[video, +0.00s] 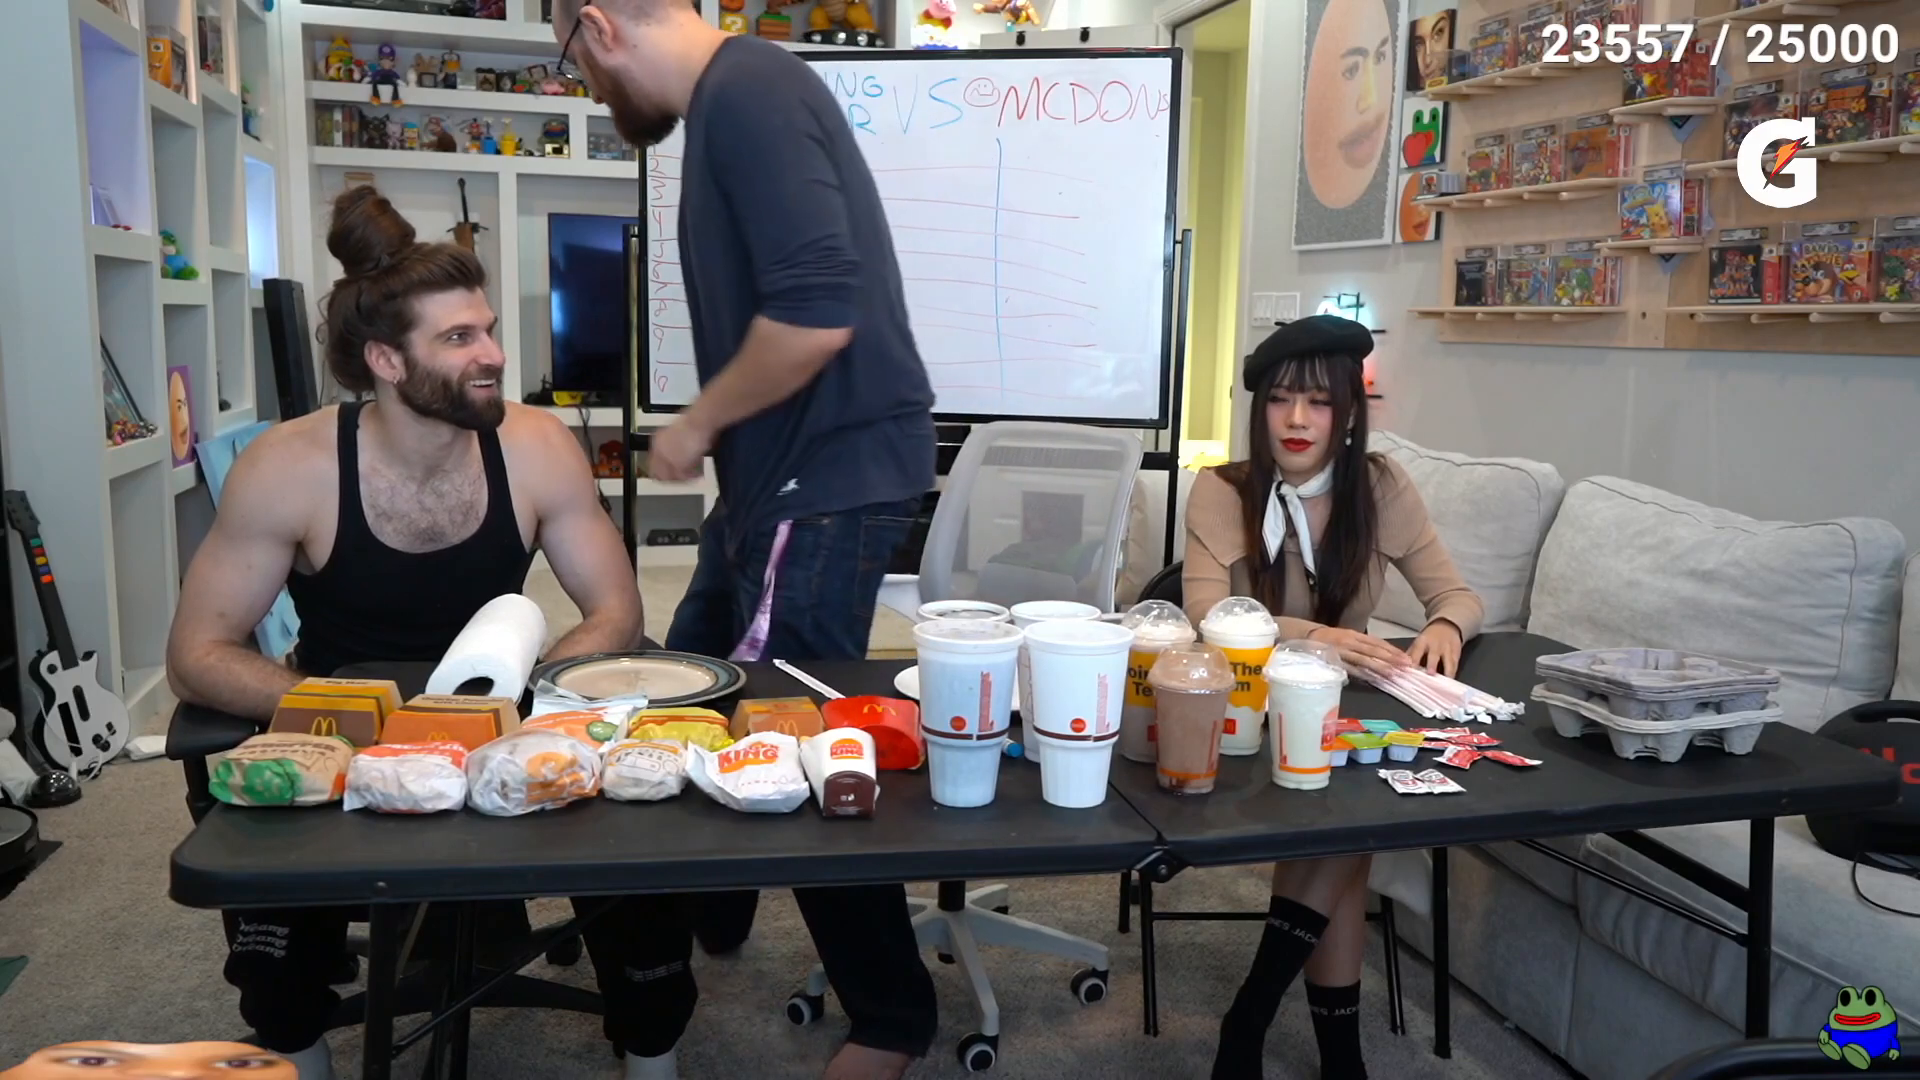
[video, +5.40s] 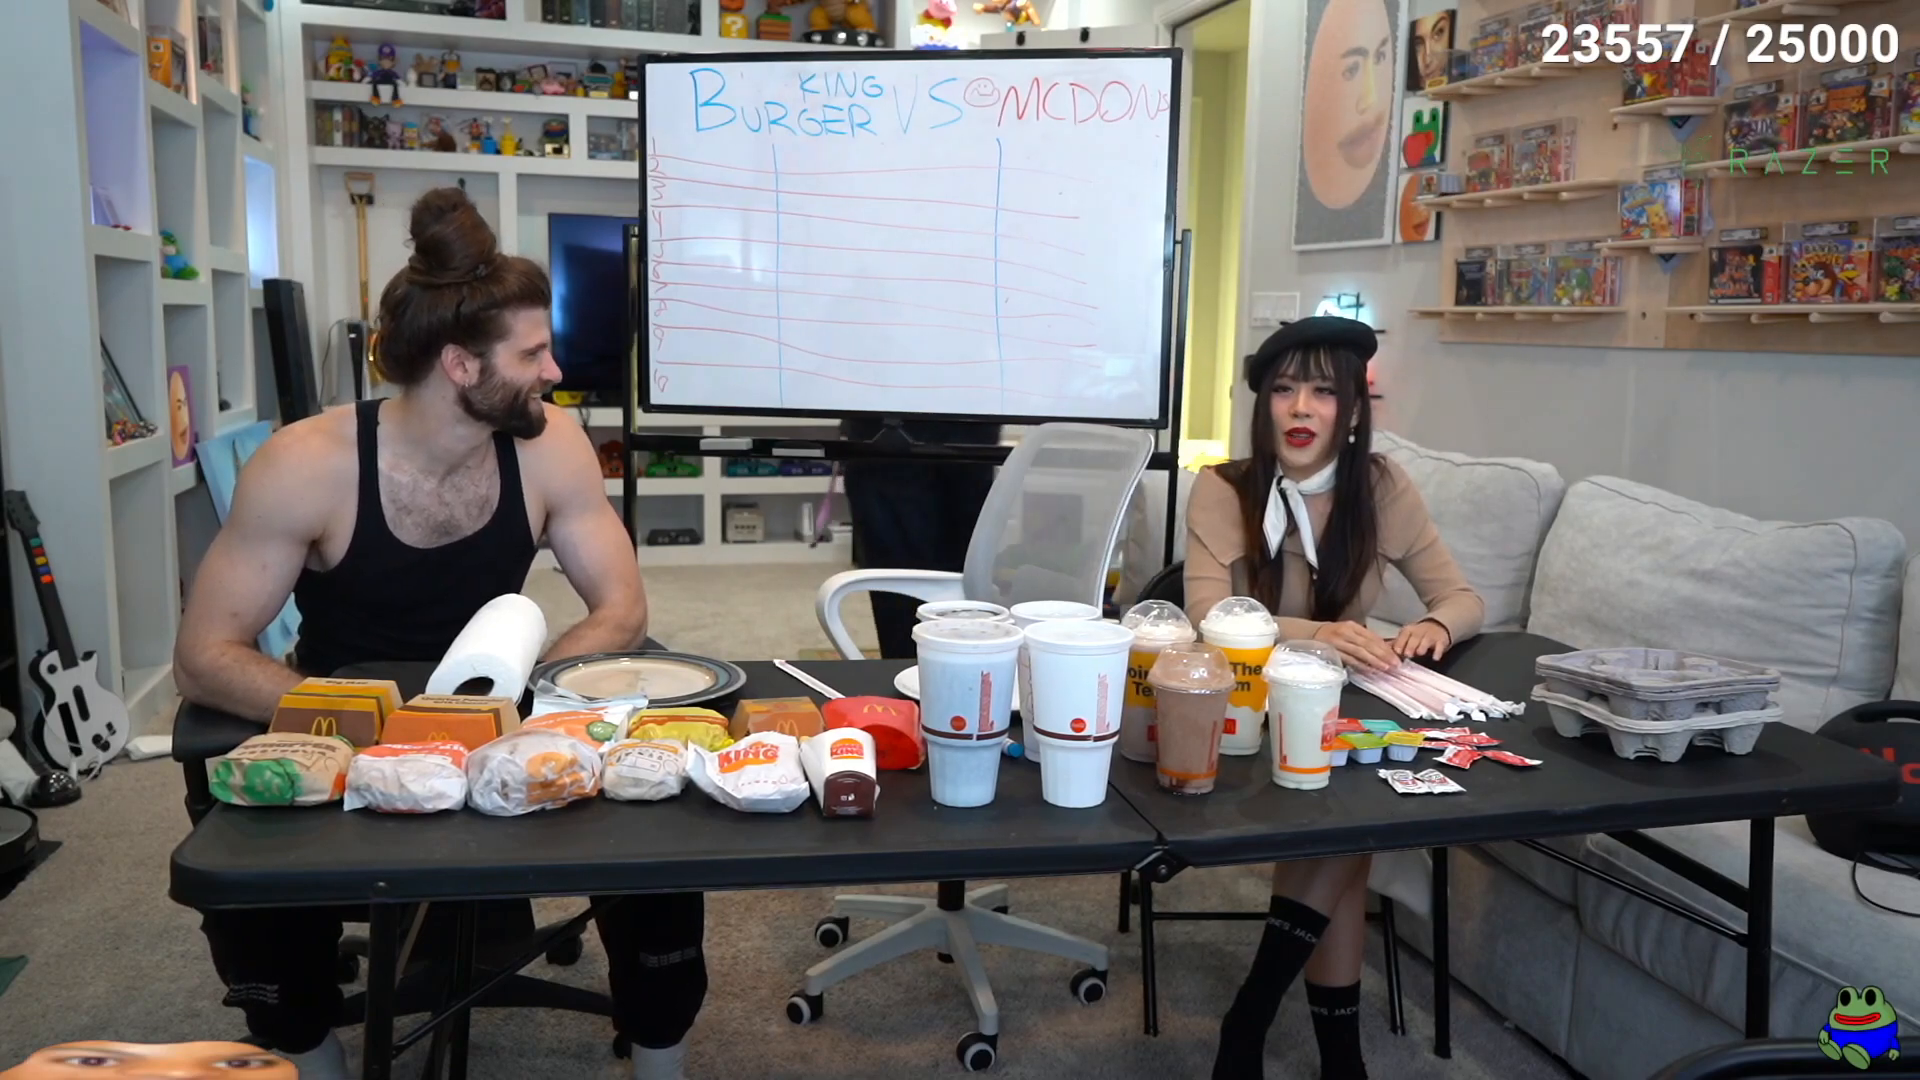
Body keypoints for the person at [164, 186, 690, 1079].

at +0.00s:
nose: (491, 354)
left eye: (490, 332)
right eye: (458, 338)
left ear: (497, 329)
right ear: (385, 364)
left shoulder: (538, 449)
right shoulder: (289, 466)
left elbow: (618, 616)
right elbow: (197, 653)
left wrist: (527, 684)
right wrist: (343, 708)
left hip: (508, 746)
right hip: (338, 756)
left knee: (639, 849)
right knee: (272, 886)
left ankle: (654, 1058)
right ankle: (299, 1060)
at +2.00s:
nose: (499, 351)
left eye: (499, 330)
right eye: (468, 336)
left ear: (502, 328)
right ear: (393, 358)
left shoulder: (539, 447)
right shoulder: (290, 466)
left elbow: (620, 614)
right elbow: (198, 654)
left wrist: (525, 679)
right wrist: (341, 709)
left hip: (509, 746)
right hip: (338, 757)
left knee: (638, 839)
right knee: (269, 879)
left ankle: (652, 1059)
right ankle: (299, 1060)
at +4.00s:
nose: (529, 349)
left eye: (524, 328)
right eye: (503, 334)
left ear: (439, 347)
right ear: (427, 351)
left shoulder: (542, 443)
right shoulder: (302, 461)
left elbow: (620, 609)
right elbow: (206, 657)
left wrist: (528, 683)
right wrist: (357, 712)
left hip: (507, 742)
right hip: (340, 750)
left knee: (667, 828)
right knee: (268, 866)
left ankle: (662, 1058)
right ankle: (316, 1057)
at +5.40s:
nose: (553, 371)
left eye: (550, 351)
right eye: (533, 353)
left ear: (477, 367)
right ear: (458, 367)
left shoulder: (549, 446)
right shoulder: (308, 463)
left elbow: (624, 611)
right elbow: (204, 655)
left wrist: (519, 677)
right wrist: (356, 716)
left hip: (507, 739)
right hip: (340, 747)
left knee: (655, 835)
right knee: (253, 873)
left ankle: (659, 1059)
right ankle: (311, 1062)